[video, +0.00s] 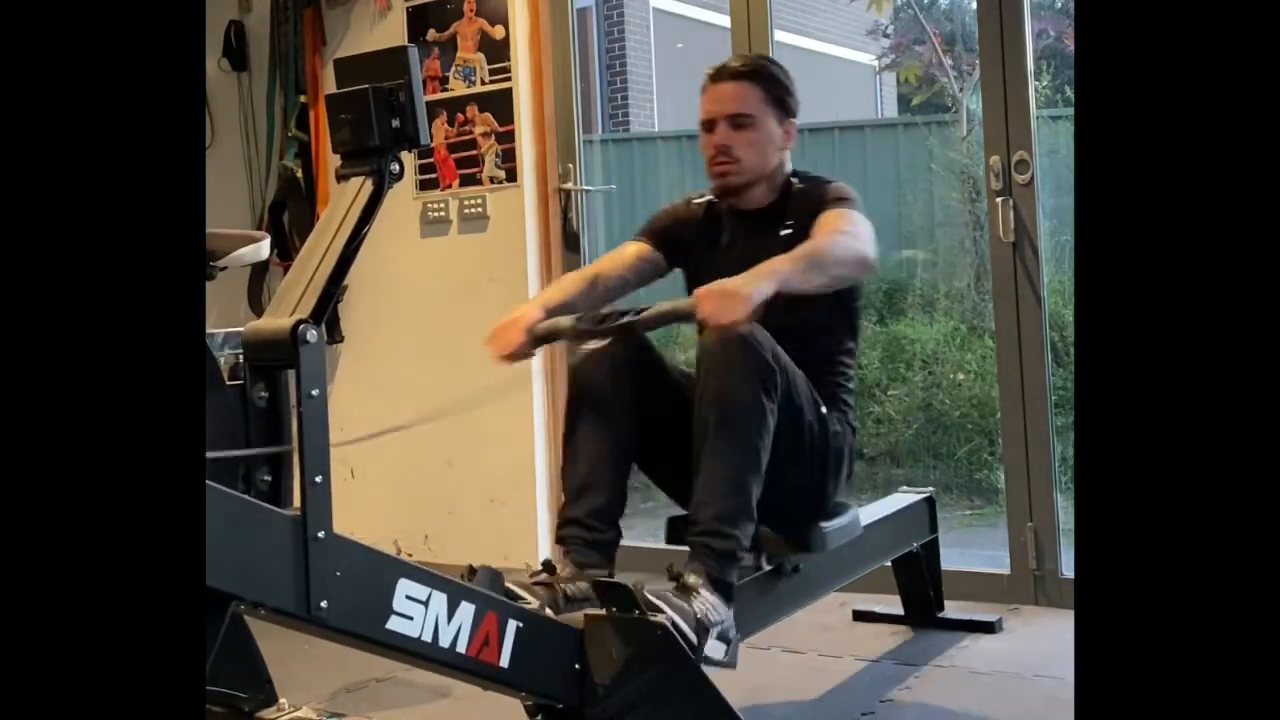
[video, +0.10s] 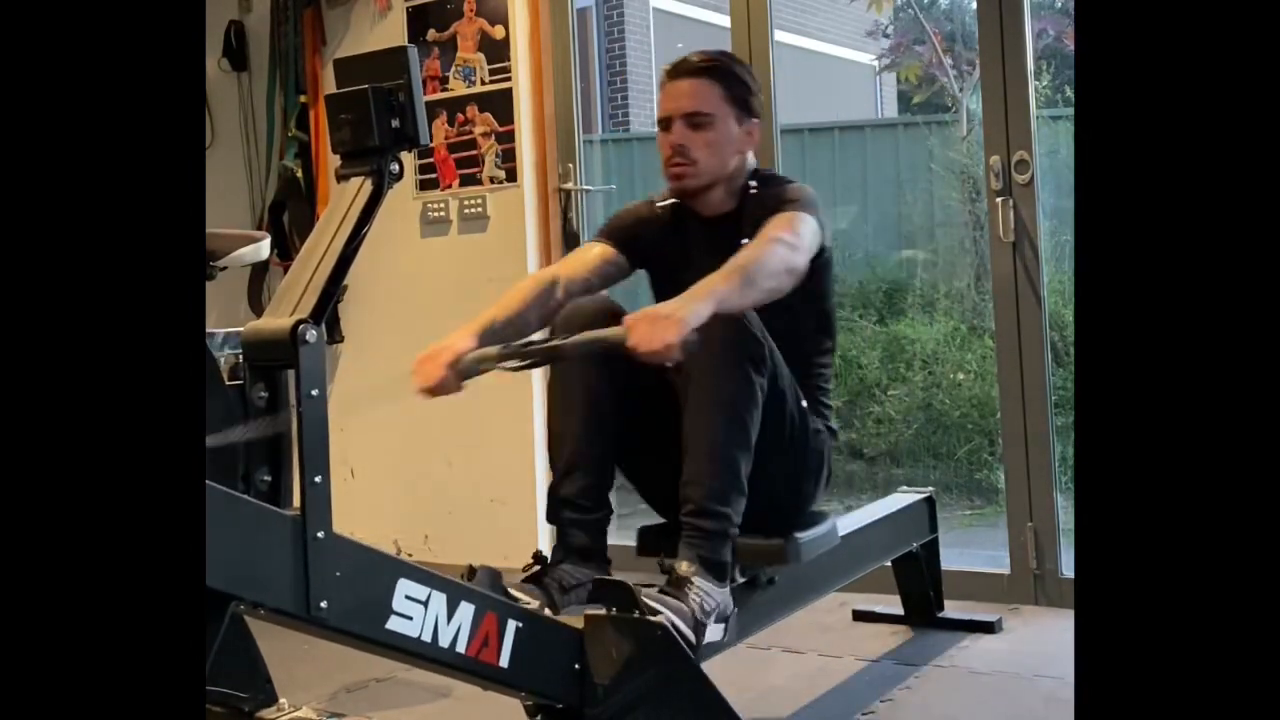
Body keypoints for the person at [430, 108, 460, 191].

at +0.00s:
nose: (446, 118)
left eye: (446, 116)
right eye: (445, 116)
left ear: (442, 116)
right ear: (440, 116)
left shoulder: (443, 125)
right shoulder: (437, 123)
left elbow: (453, 132)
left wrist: (457, 122)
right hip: (440, 147)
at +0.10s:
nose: (446, 118)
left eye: (446, 116)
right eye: (444, 116)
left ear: (442, 116)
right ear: (440, 116)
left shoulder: (441, 125)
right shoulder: (438, 123)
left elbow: (453, 132)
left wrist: (457, 122)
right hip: (440, 147)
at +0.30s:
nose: (446, 118)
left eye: (446, 115)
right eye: (445, 115)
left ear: (443, 116)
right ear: (440, 116)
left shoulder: (443, 125)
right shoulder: (437, 123)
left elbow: (453, 132)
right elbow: (439, 138)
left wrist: (457, 122)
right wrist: (442, 150)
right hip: (439, 147)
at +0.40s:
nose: (446, 118)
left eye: (446, 115)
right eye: (445, 115)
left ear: (443, 116)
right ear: (440, 116)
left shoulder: (443, 125)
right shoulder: (437, 123)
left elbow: (453, 132)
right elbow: (439, 138)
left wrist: (457, 122)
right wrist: (442, 150)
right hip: (439, 147)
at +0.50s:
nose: (446, 118)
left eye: (446, 116)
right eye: (444, 116)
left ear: (443, 116)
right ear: (440, 116)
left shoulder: (443, 125)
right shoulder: (437, 123)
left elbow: (453, 132)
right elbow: (439, 138)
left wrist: (457, 122)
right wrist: (442, 150)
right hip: (439, 146)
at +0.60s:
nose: (446, 118)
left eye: (446, 115)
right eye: (445, 115)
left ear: (443, 116)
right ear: (440, 116)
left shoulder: (443, 125)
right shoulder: (437, 123)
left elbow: (453, 132)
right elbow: (439, 137)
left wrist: (457, 122)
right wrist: (442, 150)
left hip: (442, 146)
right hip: (439, 147)